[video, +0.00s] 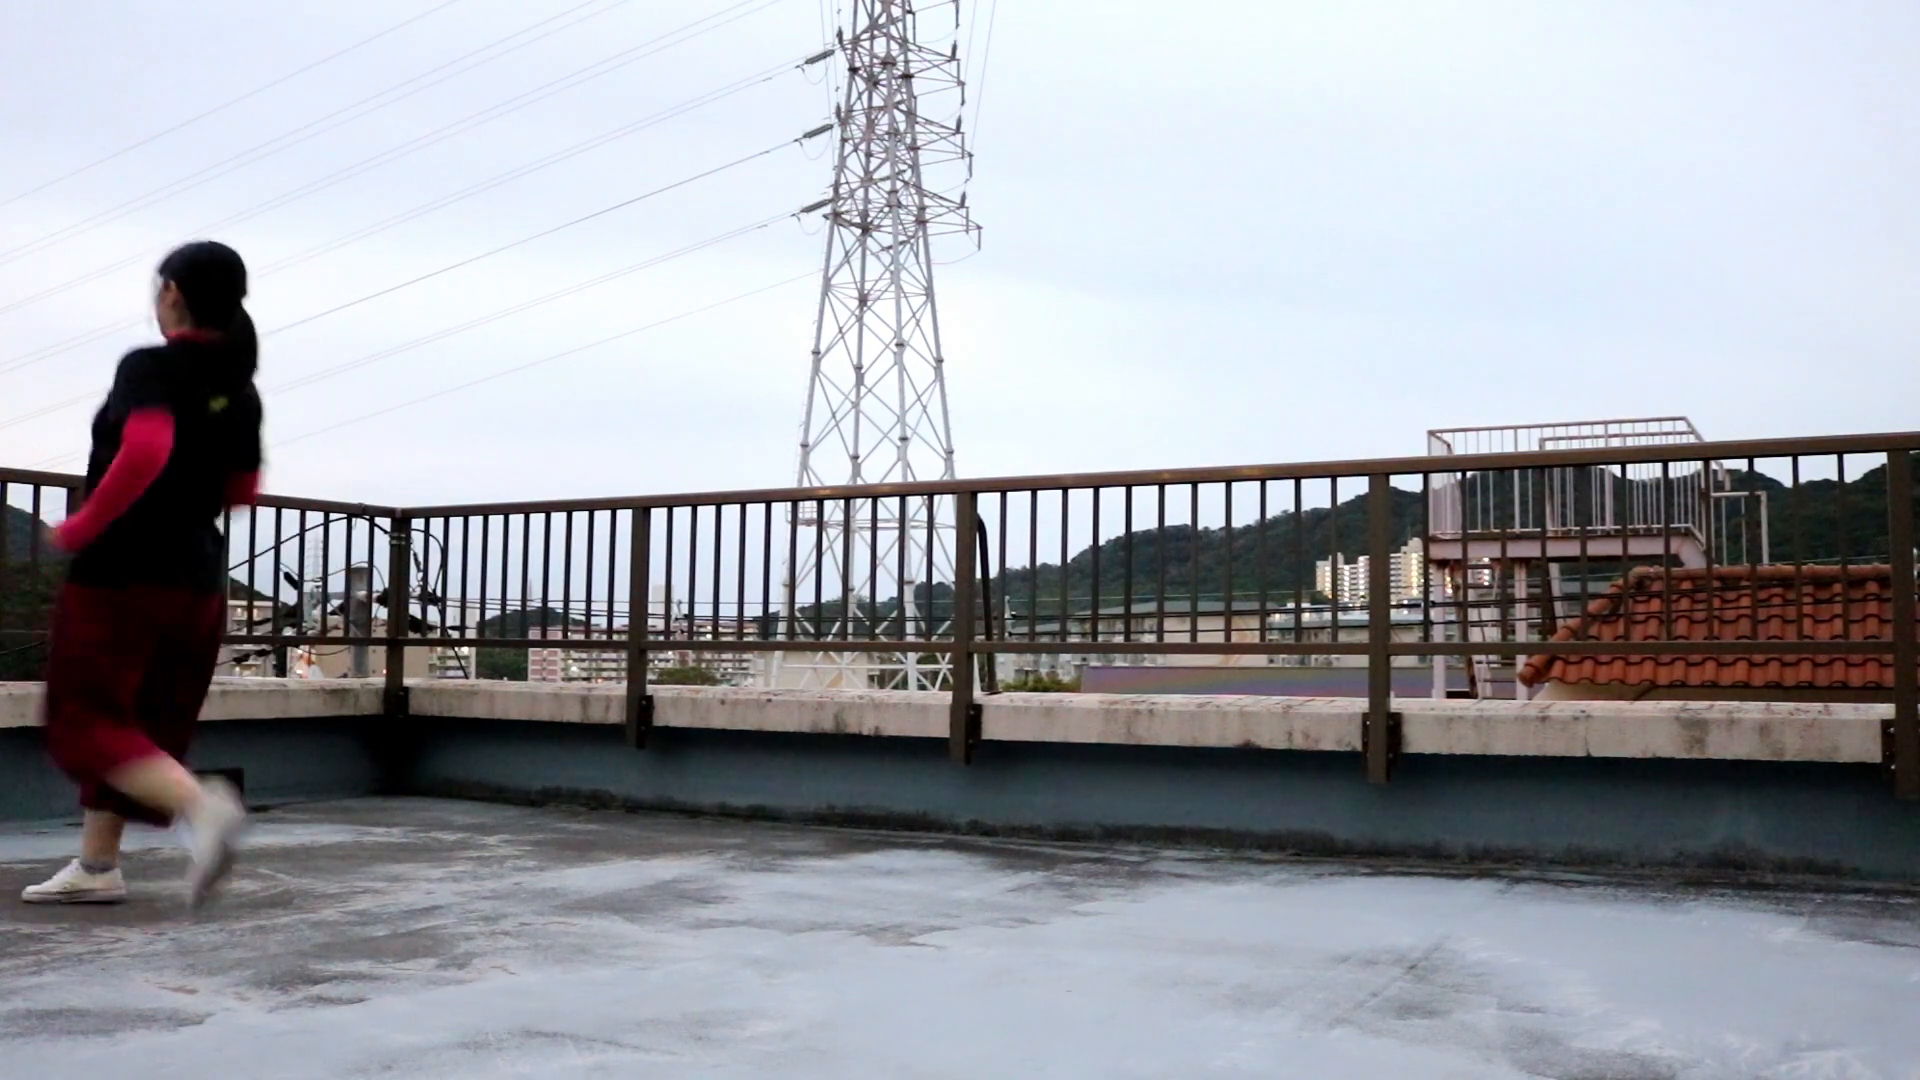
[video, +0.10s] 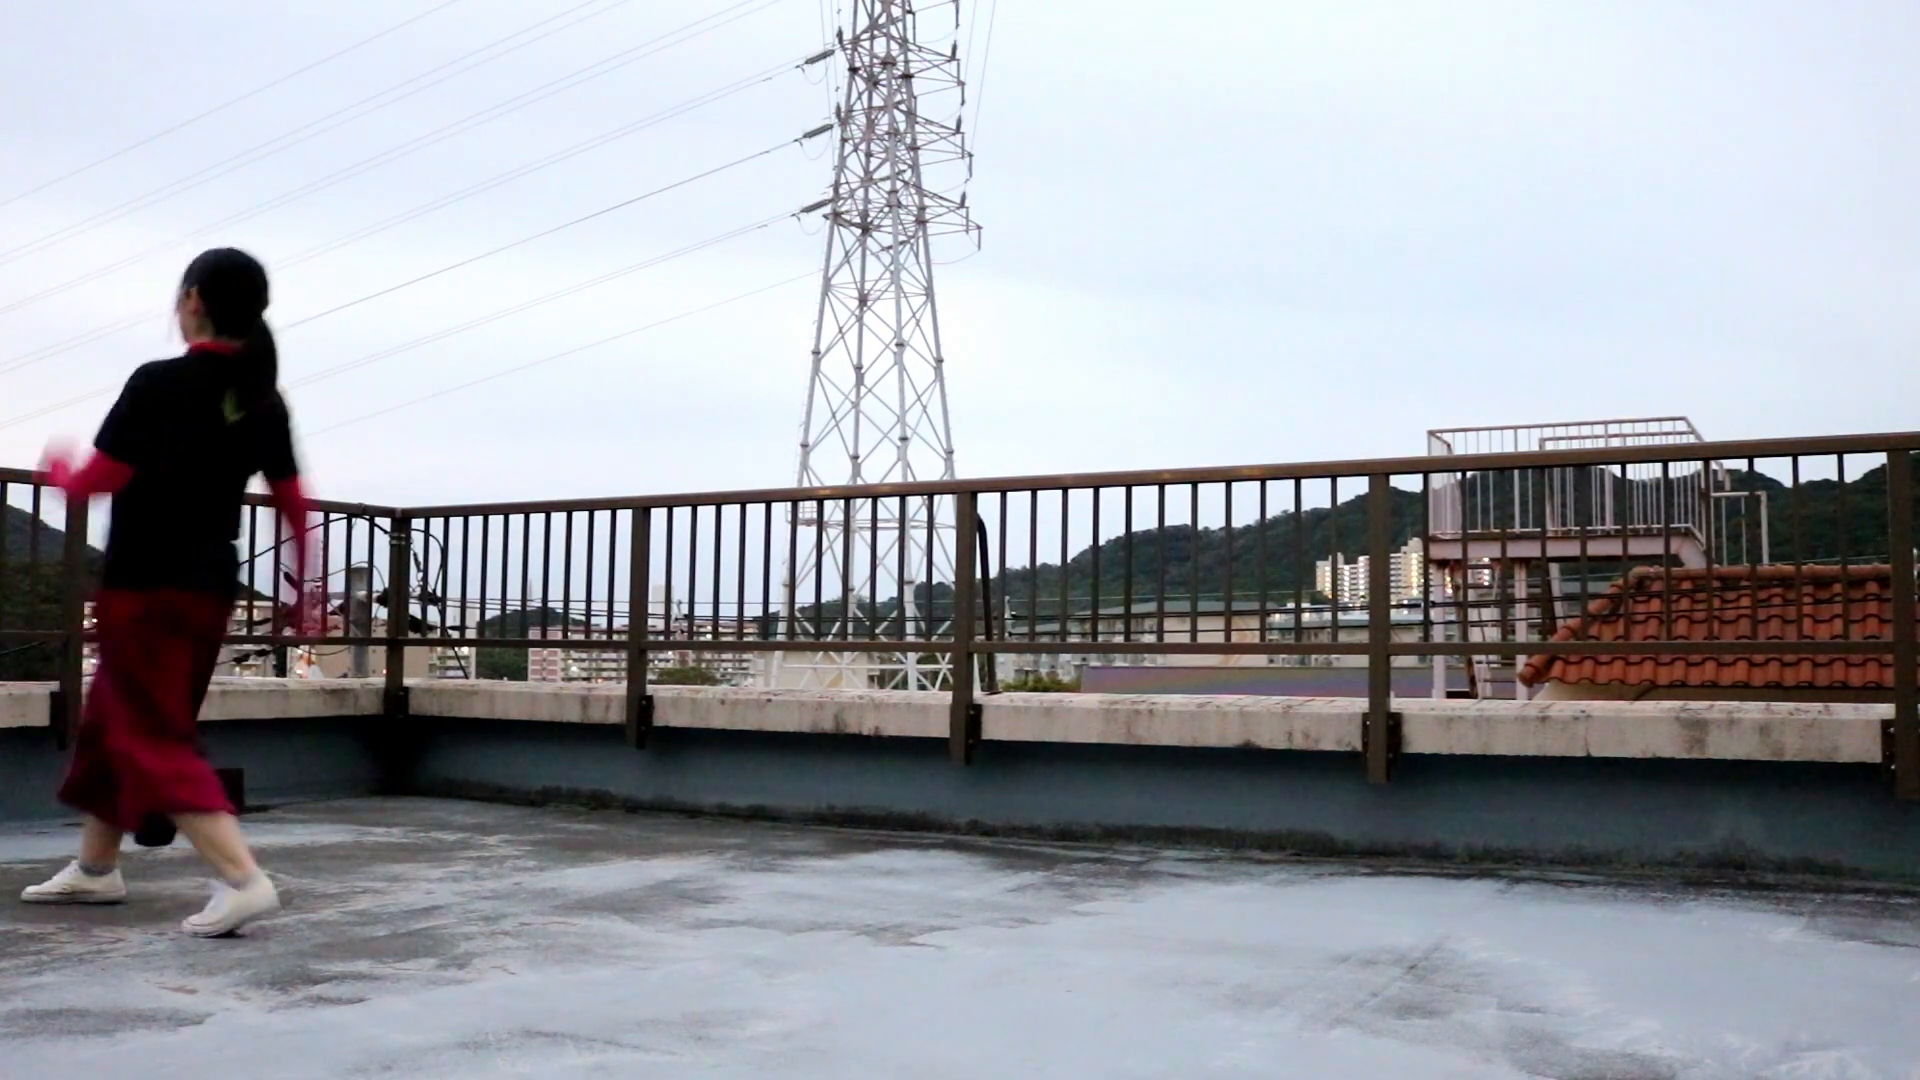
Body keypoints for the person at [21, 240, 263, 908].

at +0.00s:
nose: (157, 301)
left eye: (161, 291)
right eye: (162, 289)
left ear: (174, 297)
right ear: (229, 303)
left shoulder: (149, 365)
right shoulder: (240, 389)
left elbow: (146, 450)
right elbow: (243, 488)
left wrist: (78, 526)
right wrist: (175, 487)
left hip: (123, 572)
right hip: (195, 577)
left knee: (77, 720)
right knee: (142, 722)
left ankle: (200, 807)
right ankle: (96, 864)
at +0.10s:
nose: (176, 304)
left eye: (181, 294)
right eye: (181, 292)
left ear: (194, 303)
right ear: (251, 311)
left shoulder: (159, 381)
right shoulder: (262, 399)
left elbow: (106, 473)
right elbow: (291, 501)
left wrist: (64, 469)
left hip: (141, 584)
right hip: (210, 587)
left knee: (146, 729)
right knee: (123, 716)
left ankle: (244, 878)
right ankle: (94, 866)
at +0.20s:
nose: (207, 275)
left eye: (211, 266)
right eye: (213, 265)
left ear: (222, 276)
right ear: (279, 283)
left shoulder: (179, 348)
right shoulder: (295, 364)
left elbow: (77, 384)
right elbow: (383, 437)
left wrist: (116, 347)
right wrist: (413, 519)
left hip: (180, 564)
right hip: (253, 569)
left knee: (185, 711)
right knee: (150, 689)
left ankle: (255, 894)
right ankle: (112, 827)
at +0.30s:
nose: (235, 246)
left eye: (241, 237)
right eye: (241, 235)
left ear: (254, 247)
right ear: (309, 254)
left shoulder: (205, 312)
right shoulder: (329, 330)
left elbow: (88, 328)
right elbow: (428, 379)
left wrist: (149, 317)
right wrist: (460, 473)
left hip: (235, 546)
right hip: (303, 555)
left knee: (236, 705)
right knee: (160, 625)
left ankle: (257, 897)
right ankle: (218, 799)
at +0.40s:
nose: (268, 246)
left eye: (272, 236)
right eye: (274, 235)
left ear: (286, 247)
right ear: (343, 255)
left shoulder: (242, 313)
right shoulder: (362, 327)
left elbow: (131, 366)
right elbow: (451, 402)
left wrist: (155, 349)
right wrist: (448, 500)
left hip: (274, 548)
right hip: (352, 555)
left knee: (228, 691)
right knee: (218, 651)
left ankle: (269, 894)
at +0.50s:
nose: (307, 265)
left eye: (313, 254)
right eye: (312, 253)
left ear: (328, 262)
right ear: (385, 268)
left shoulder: (296, 336)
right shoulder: (406, 358)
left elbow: (239, 421)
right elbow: (446, 470)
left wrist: (205, 477)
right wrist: (404, 529)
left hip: (299, 568)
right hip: (381, 569)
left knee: (263, 728)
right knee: (334, 725)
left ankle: (276, 909)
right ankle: (424, 761)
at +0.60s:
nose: (362, 270)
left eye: (367, 259)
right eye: (367, 258)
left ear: (384, 267)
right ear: (437, 272)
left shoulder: (372, 346)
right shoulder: (451, 376)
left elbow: (355, 446)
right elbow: (415, 467)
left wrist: (320, 561)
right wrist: (323, 460)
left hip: (351, 580)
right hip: (433, 584)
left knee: (289, 726)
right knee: (448, 737)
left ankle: (276, 908)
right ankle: (553, 888)